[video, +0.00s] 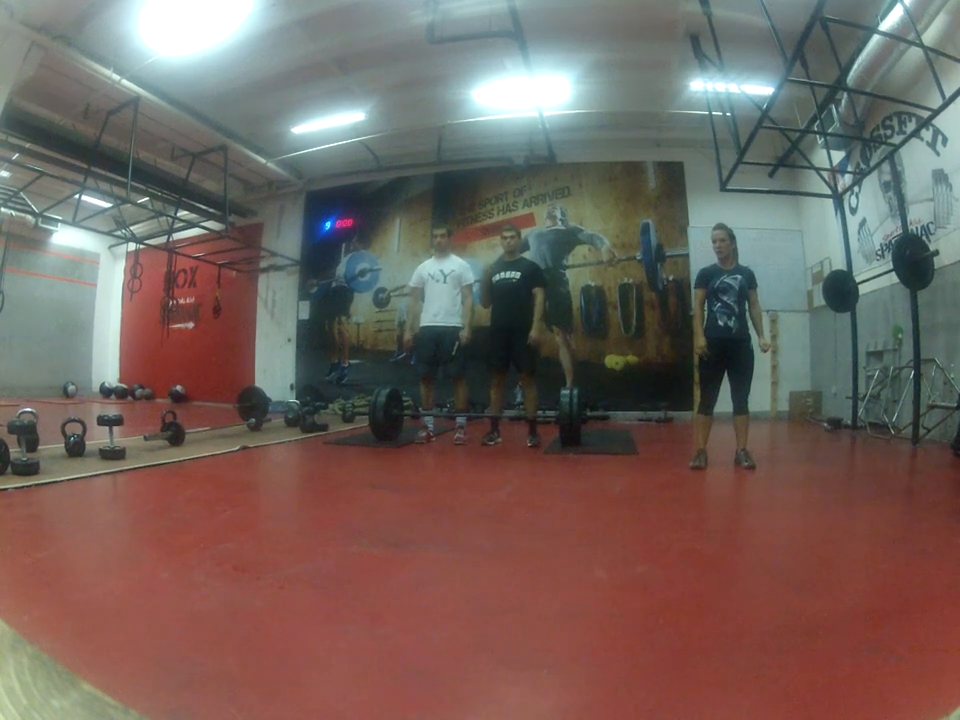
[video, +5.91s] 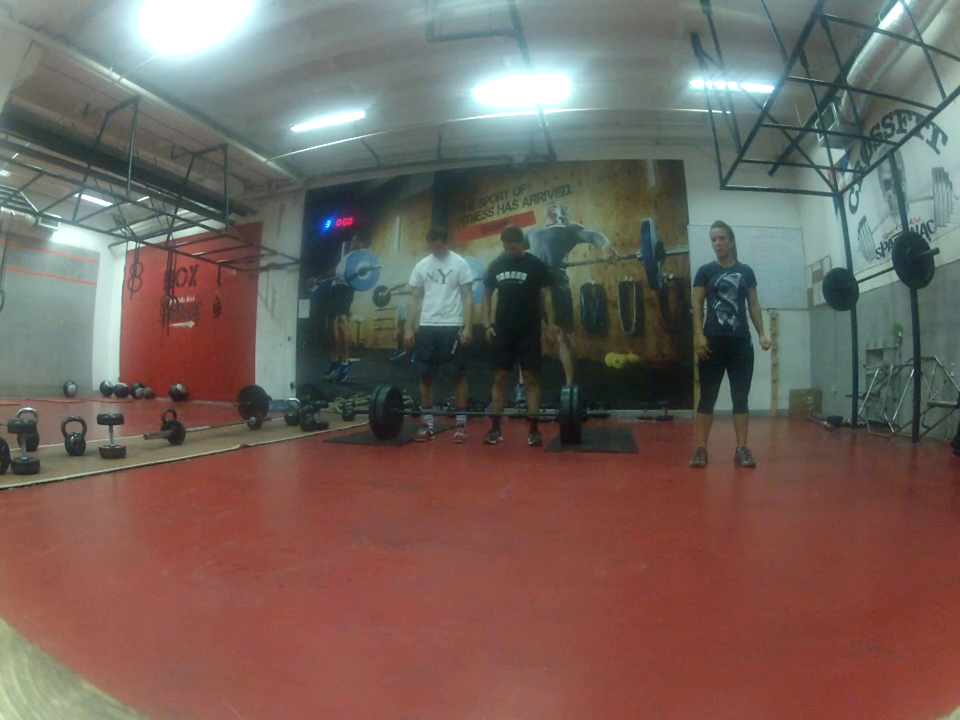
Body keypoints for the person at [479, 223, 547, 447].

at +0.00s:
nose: (508, 241)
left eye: (512, 238)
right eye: (504, 238)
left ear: (520, 241)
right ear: (500, 241)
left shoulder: (531, 266)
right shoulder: (494, 269)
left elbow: (539, 296)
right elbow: (485, 303)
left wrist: (536, 327)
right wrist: (486, 278)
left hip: (523, 331)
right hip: (499, 331)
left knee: (527, 379)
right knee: (497, 379)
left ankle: (532, 430)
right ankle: (494, 429)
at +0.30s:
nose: (510, 241)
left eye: (514, 237)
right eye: (507, 237)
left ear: (522, 239)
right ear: (502, 240)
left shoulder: (532, 265)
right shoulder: (494, 267)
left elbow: (541, 295)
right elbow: (484, 299)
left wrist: (531, 322)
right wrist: (498, 300)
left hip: (523, 329)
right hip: (498, 329)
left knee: (527, 378)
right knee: (497, 378)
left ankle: (532, 429)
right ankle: (494, 428)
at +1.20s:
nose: (506, 248)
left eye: (510, 243)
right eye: (503, 244)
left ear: (517, 242)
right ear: (497, 244)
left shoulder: (530, 265)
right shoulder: (492, 267)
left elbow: (544, 292)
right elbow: (483, 296)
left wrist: (540, 318)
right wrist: (476, 320)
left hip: (524, 329)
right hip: (498, 330)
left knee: (526, 378)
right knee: (498, 378)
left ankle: (533, 429)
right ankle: (494, 428)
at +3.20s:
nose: (500, 250)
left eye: (503, 245)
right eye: (496, 246)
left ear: (509, 242)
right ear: (492, 246)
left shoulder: (526, 264)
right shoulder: (487, 268)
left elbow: (539, 293)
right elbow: (480, 300)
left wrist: (540, 324)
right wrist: (482, 330)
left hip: (524, 329)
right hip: (498, 330)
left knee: (528, 375)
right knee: (497, 378)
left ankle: (533, 428)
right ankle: (494, 428)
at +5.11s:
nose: (499, 241)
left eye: (502, 237)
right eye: (500, 237)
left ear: (512, 238)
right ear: (510, 238)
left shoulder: (533, 262)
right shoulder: (497, 263)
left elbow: (546, 290)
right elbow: (491, 293)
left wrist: (543, 313)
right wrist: (483, 311)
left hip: (526, 328)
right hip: (500, 327)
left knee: (528, 378)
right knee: (498, 377)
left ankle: (533, 429)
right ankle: (495, 428)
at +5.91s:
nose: (513, 251)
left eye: (516, 246)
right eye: (509, 247)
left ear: (523, 244)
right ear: (503, 245)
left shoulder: (536, 264)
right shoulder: (496, 265)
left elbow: (547, 296)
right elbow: (487, 296)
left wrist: (550, 326)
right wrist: (488, 324)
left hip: (530, 329)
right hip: (503, 329)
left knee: (530, 377)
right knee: (500, 377)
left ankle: (533, 428)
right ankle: (495, 427)